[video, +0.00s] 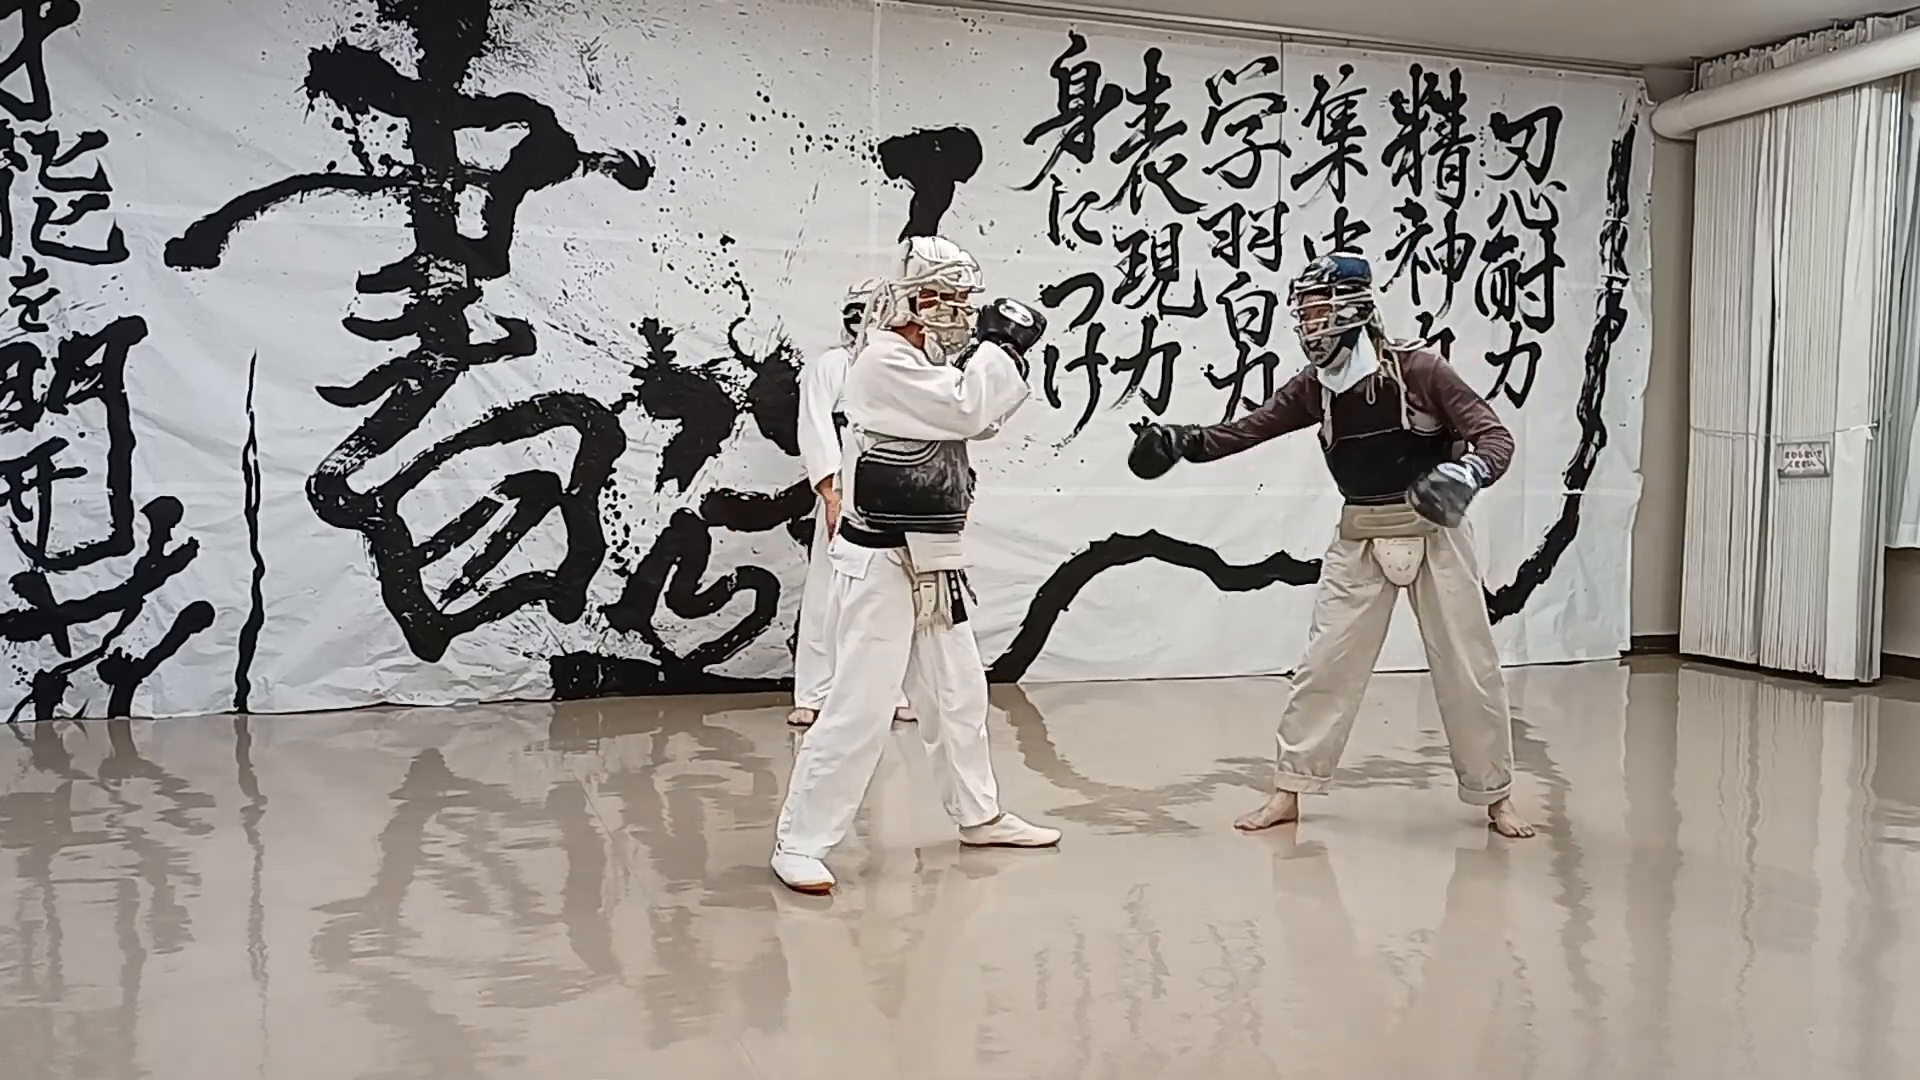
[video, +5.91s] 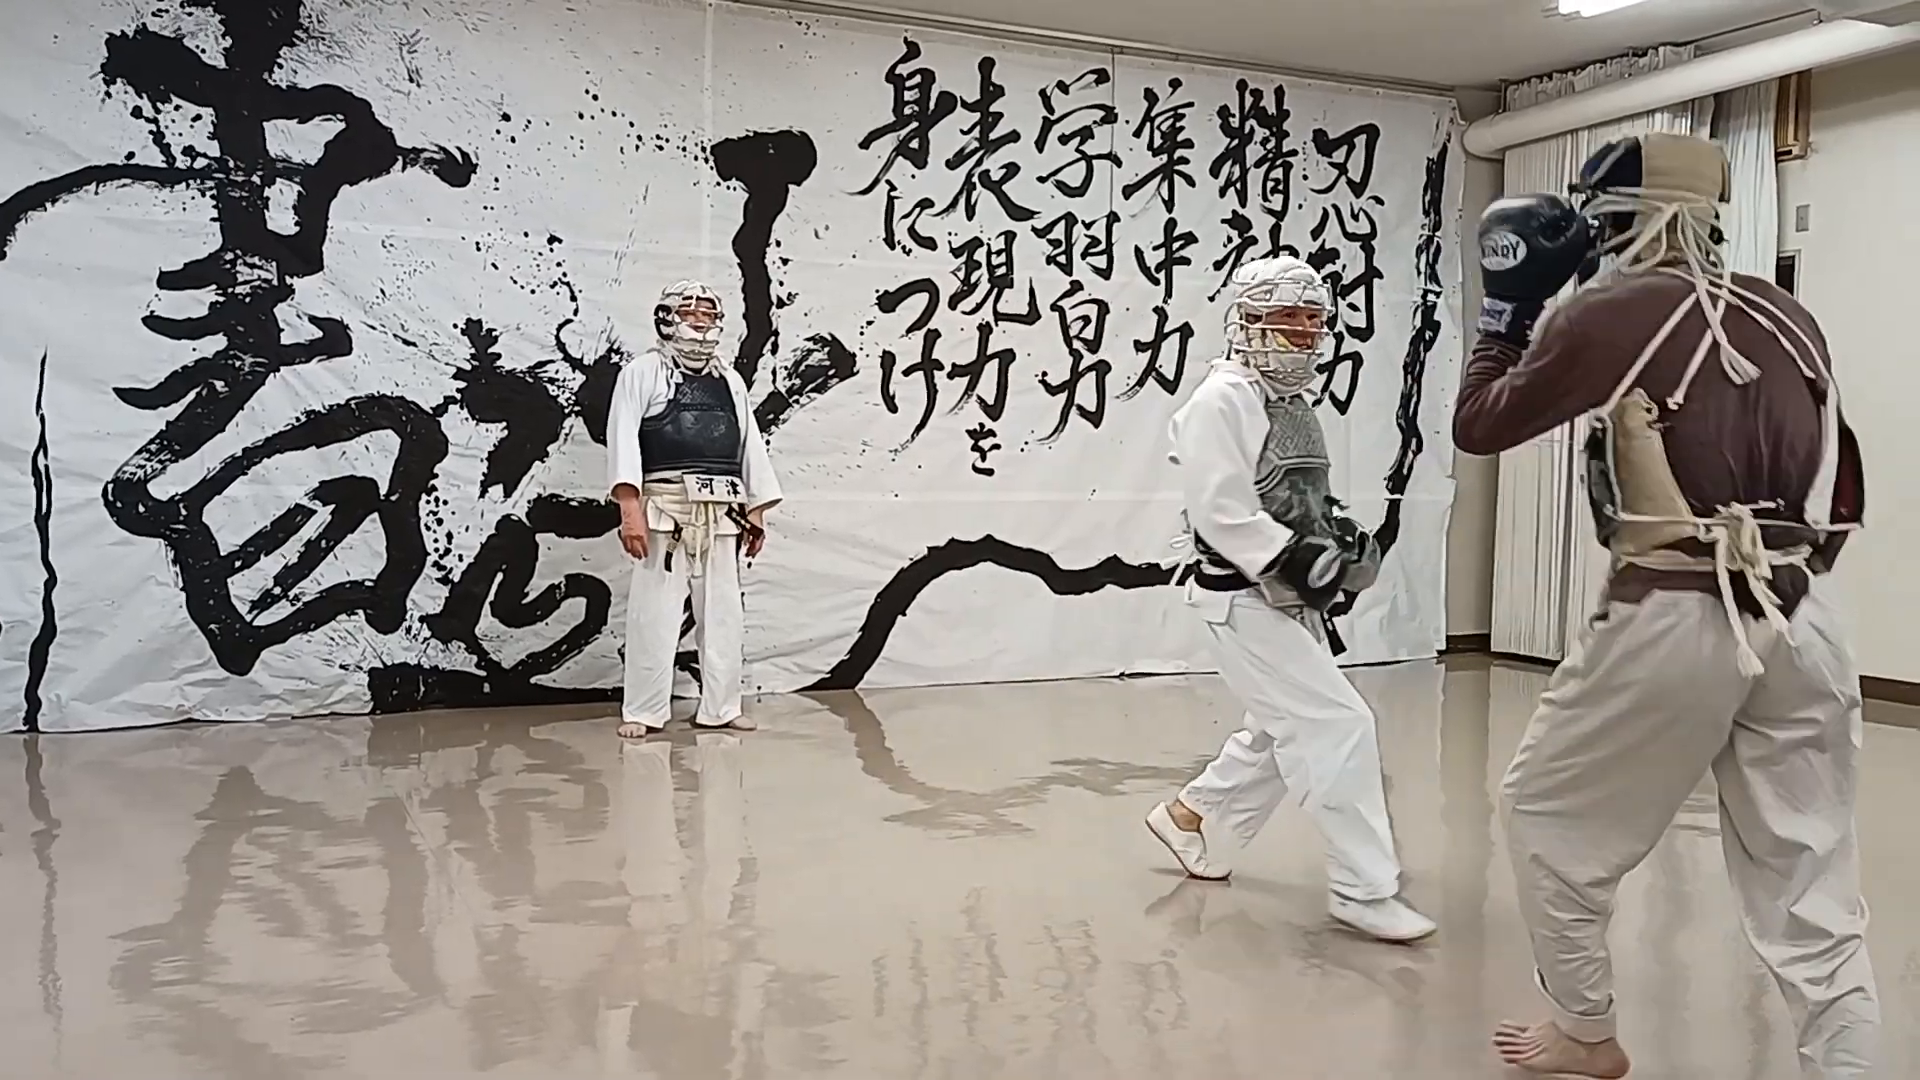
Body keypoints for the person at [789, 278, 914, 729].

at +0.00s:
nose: (866, 328)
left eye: (874, 319)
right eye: (860, 318)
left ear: (887, 321)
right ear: (850, 321)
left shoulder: (902, 366)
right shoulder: (827, 365)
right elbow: (814, 429)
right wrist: (830, 490)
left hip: (891, 495)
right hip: (842, 493)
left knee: (890, 597)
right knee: (824, 595)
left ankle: (891, 690)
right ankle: (812, 693)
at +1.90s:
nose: (867, 325)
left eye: (874, 319)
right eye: (857, 317)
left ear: (881, 326)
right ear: (835, 322)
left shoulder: (892, 381)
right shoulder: (810, 373)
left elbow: (911, 447)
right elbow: (789, 442)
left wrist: (918, 509)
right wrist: (793, 508)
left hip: (884, 509)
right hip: (825, 507)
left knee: (887, 611)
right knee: (820, 612)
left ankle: (885, 706)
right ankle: (811, 709)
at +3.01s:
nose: (806, 325)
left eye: (813, 318)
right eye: (796, 316)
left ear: (819, 326)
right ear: (772, 320)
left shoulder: (827, 381)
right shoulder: (743, 373)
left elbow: (846, 447)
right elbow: (724, 443)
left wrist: (853, 509)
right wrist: (731, 510)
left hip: (819, 510)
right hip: (760, 509)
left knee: (821, 614)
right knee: (753, 614)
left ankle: (819, 707)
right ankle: (743, 711)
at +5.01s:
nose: (734, 320)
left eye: (742, 314)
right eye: (724, 312)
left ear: (750, 323)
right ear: (702, 317)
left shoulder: (759, 379)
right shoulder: (674, 371)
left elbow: (779, 446)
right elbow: (655, 441)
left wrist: (784, 510)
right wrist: (662, 509)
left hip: (752, 510)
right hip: (692, 509)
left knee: (755, 614)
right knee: (685, 615)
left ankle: (751, 708)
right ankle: (675, 713)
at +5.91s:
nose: (700, 321)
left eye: (708, 315)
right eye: (690, 313)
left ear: (716, 323)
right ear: (669, 318)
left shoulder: (729, 378)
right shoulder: (643, 370)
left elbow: (750, 446)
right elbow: (623, 440)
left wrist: (756, 511)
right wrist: (630, 509)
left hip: (722, 510)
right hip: (660, 509)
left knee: (724, 615)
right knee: (653, 616)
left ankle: (720, 709)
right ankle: (644, 714)